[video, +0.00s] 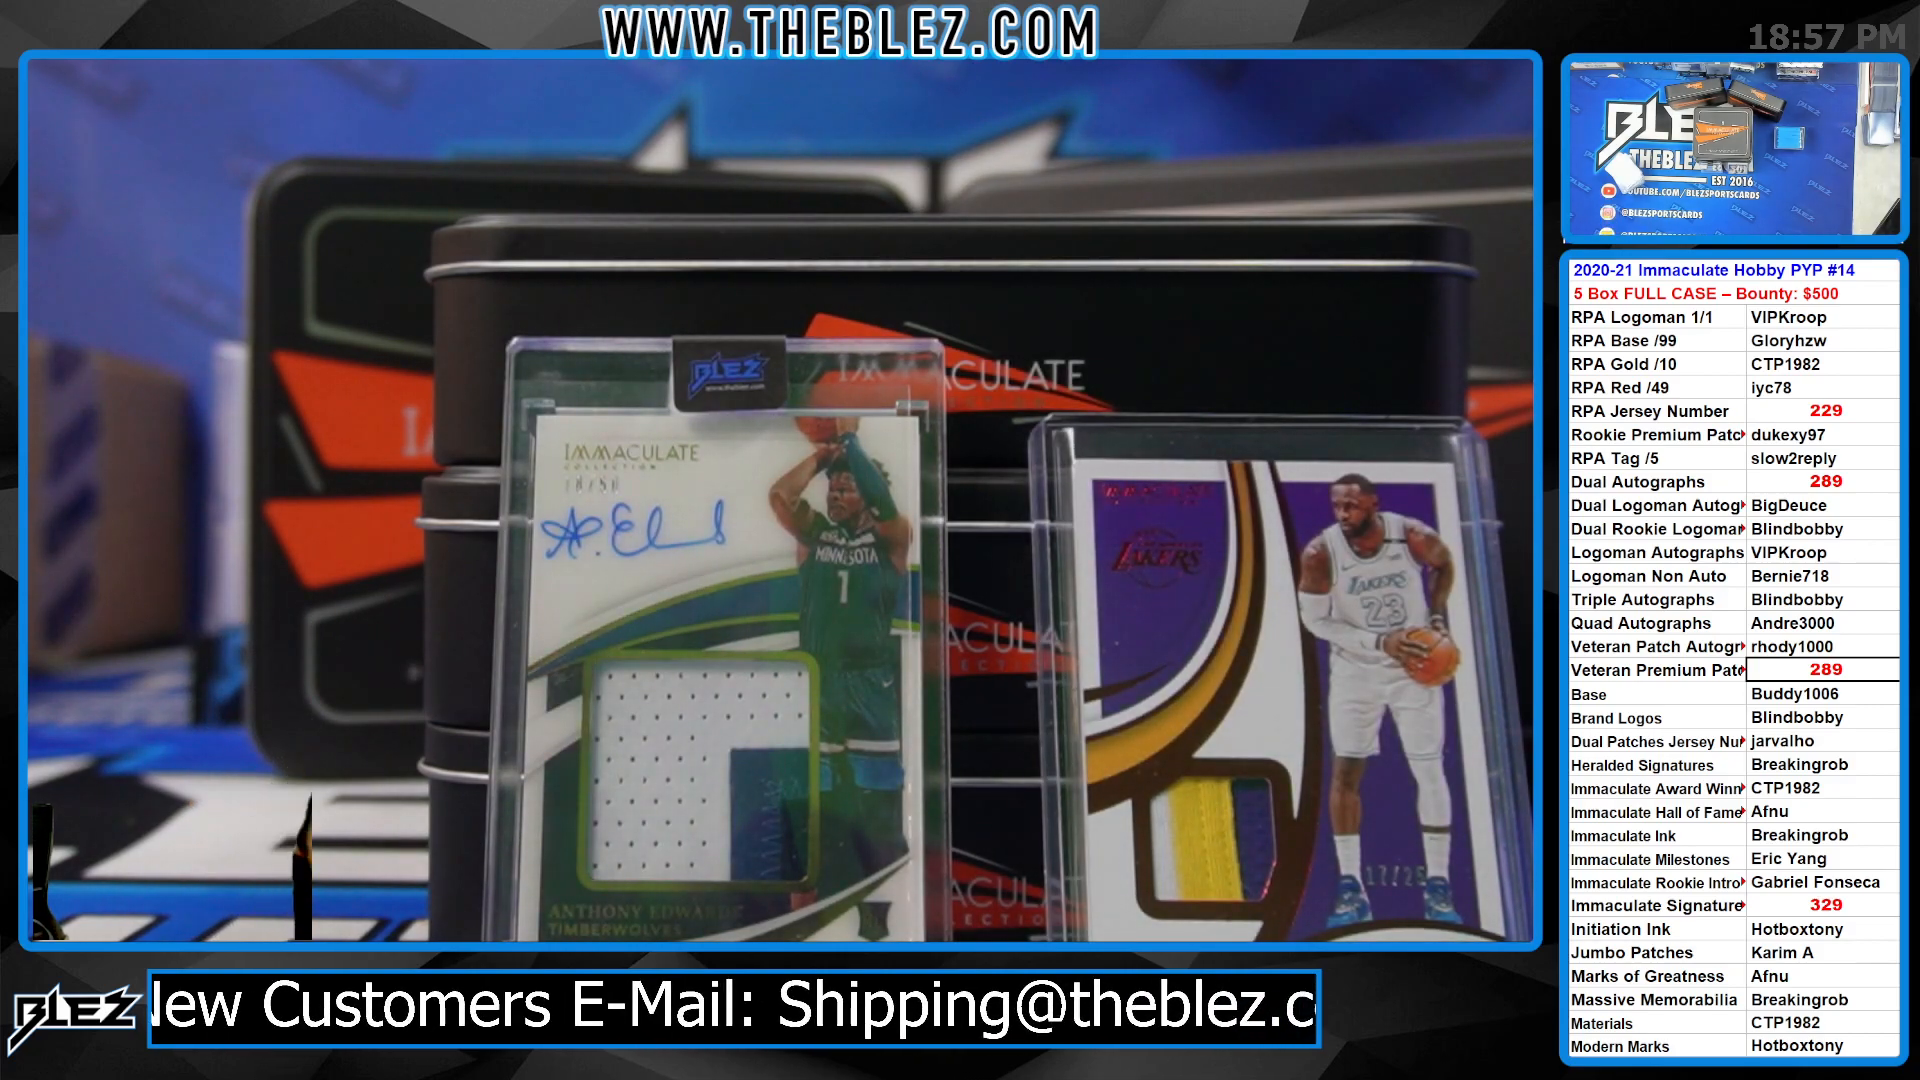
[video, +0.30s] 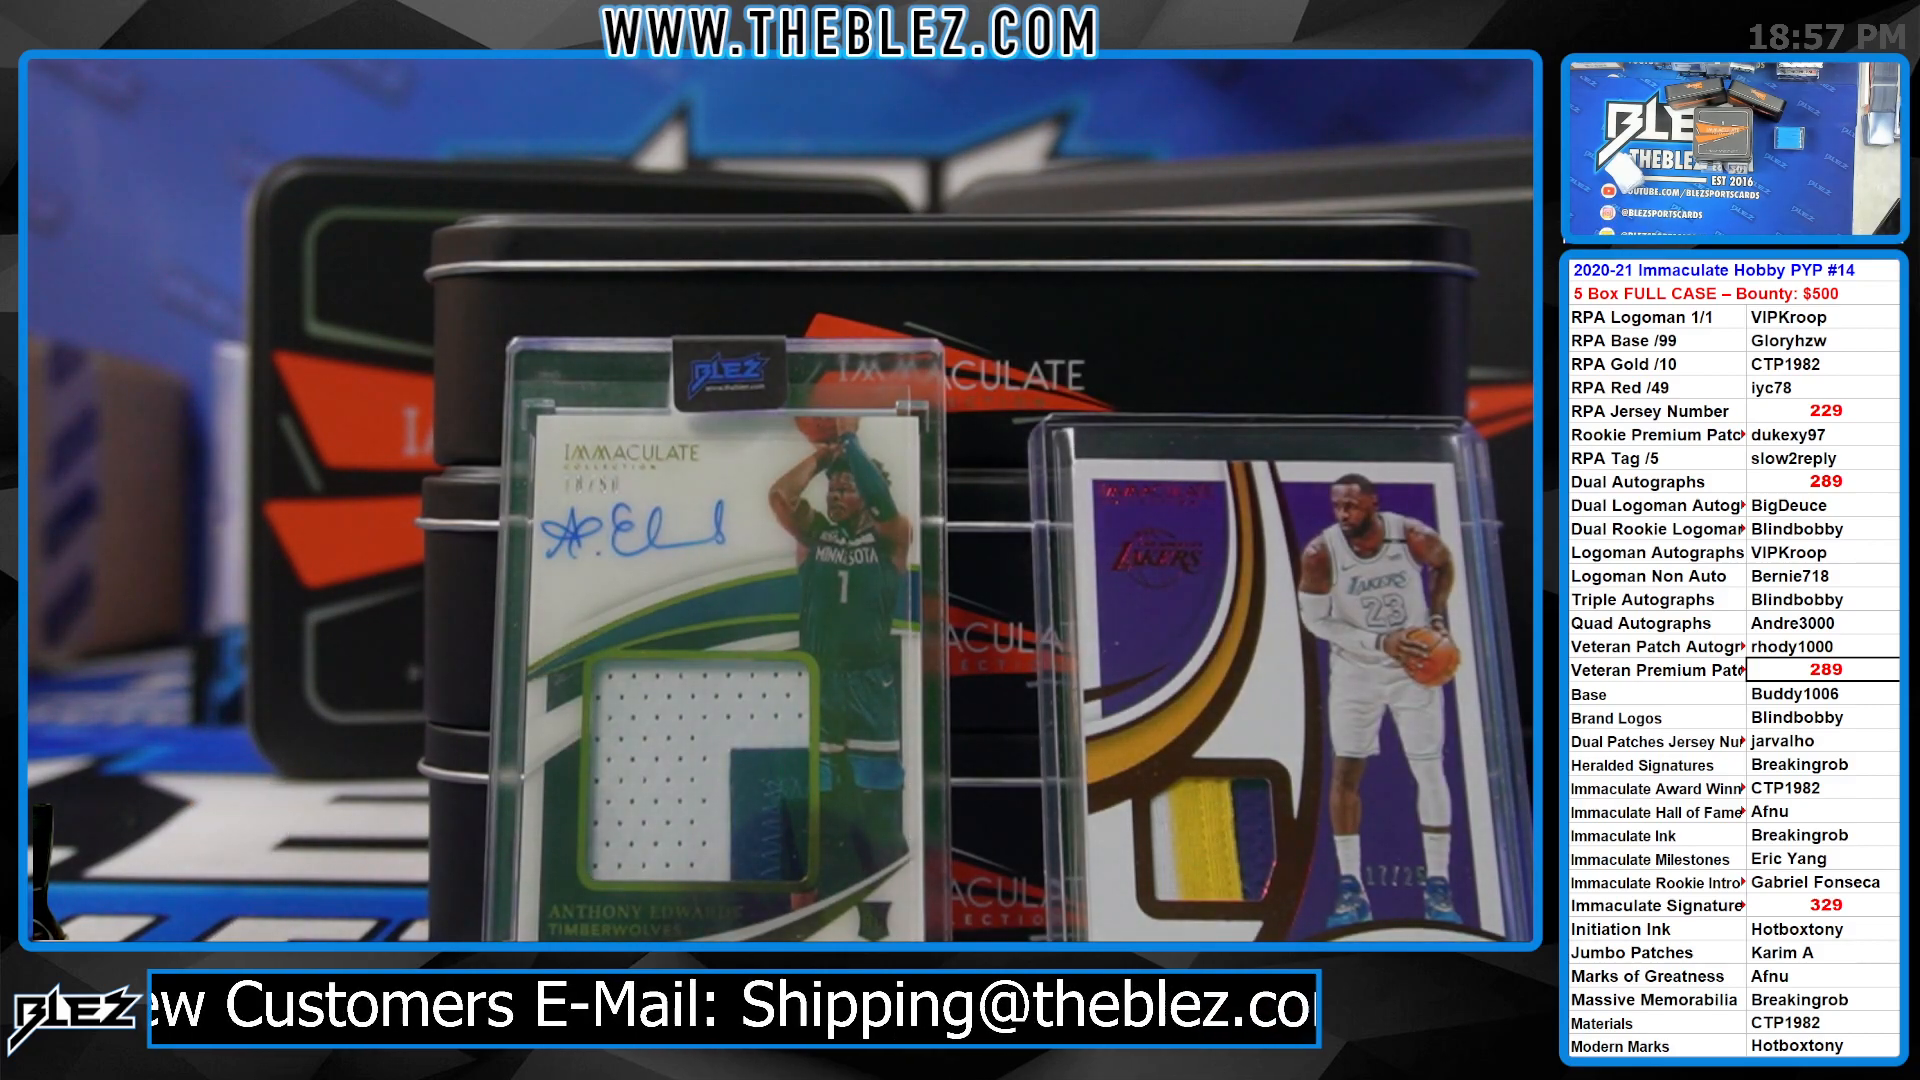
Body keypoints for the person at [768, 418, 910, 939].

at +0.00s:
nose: (841, 493)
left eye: (850, 486)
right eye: (835, 485)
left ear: (869, 494)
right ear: (827, 493)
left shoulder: (891, 540)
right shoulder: (815, 534)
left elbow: (882, 500)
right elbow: (780, 496)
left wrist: (851, 446)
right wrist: (818, 459)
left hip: (873, 681)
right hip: (817, 679)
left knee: (878, 801)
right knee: (823, 798)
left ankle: (878, 906)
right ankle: (820, 901)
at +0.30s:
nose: (840, 494)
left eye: (849, 487)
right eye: (834, 486)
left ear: (868, 494)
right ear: (827, 494)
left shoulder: (890, 539)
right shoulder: (815, 533)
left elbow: (883, 499)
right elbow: (780, 495)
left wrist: (850, 446)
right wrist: (819, 459)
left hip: (872, 677)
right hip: (818, 676)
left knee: (877, 794)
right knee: (824, 791)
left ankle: (878, 904)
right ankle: (823, 892)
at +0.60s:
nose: (840, 493)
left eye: (850, 486)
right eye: (835, 485)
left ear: (869, 493)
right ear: (827, 493)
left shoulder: (890, 540)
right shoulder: (815, 533)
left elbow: (883, 499)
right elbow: (780, 496)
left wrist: (850, 445)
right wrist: (818, 458)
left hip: (873, 679)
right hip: (817, 678)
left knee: (878, 798)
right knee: (822, 794)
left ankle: (878, 903)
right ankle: (819, 893)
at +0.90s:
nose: (839, 494)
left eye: (849, 487)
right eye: (834, 486)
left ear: (868, 493)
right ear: (827, 493)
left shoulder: (890, 540)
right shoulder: (814, 532)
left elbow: (883, 499)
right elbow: (780, 495)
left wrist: (850, 445)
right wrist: (819, 459)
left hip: (872, 678)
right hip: (818, 677)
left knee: (878, 795)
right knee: (826, 792)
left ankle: (880, 900)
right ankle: (829, 895)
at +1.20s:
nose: (840, 494)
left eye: (849, 487)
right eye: (834, 486)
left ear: (868, 494)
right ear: (827, 493)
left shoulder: (891, 539)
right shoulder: (815, 533)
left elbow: (882, 498)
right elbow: (780, 495)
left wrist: (850, 444)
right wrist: (819, 458)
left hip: (872, 677)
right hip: (818, 676)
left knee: (879, 796)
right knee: (825, 793)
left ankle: (879, 899)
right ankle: (825, 892)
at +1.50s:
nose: (841, 495)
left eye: (850, 488)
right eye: (835, 487)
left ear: (869, 494)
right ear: (827, 494)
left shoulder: (891, 539)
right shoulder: (815, 533)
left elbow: (882, 499)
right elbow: (780, 495)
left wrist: (850, 444)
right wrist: (819, 458)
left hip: (873, 679)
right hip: (818, 678)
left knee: (878, 798)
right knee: (822, 796)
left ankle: (877, 903)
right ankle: (819, 897)